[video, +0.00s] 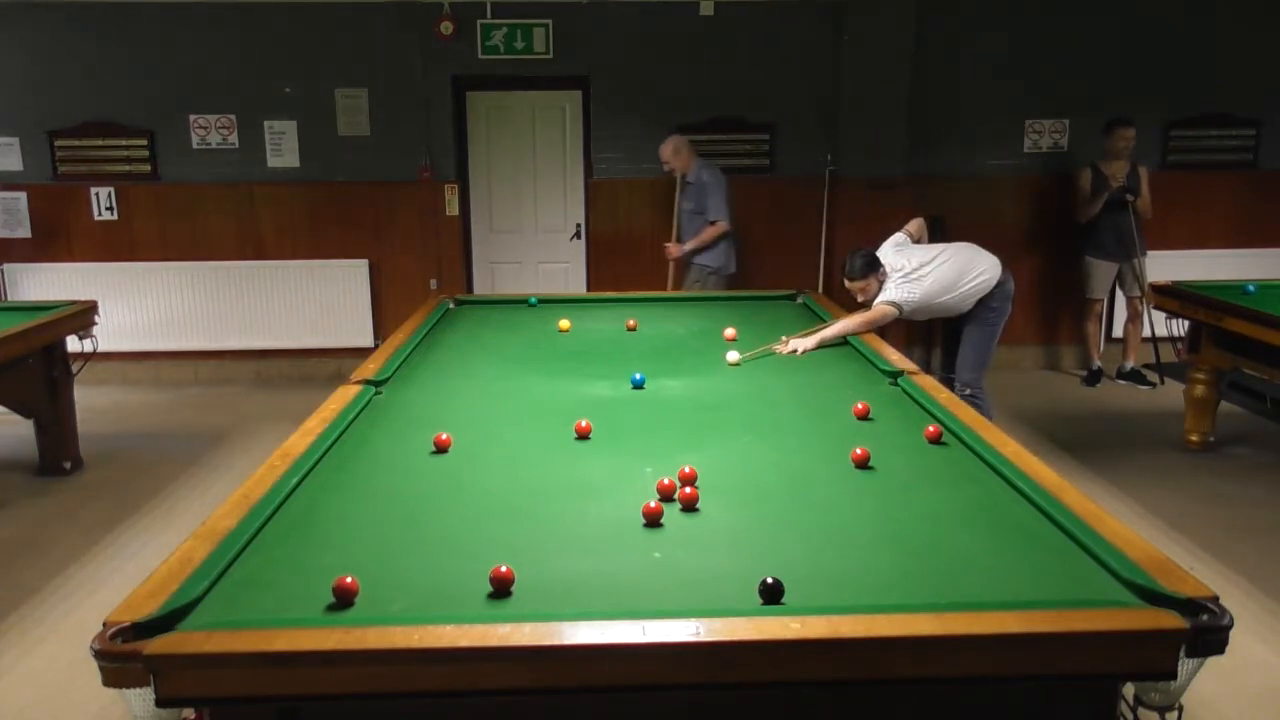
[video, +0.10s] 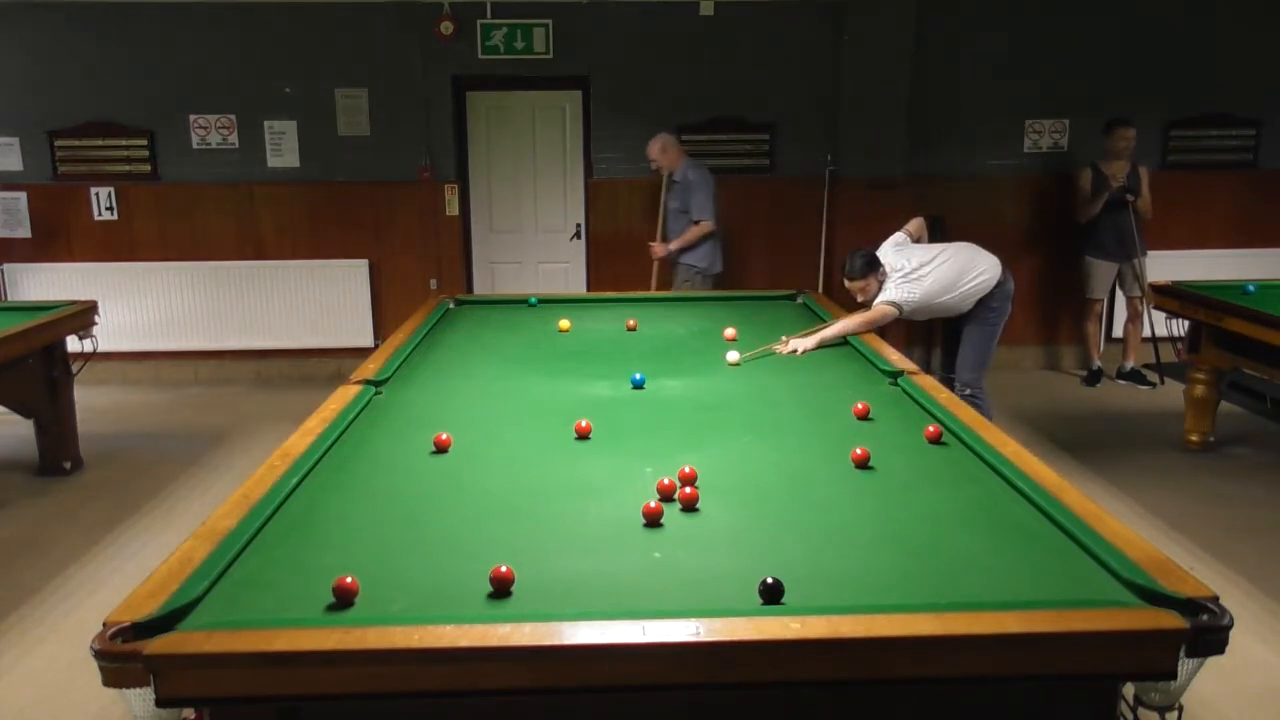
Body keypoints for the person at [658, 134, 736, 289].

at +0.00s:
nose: (666, 169)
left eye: (668, 162)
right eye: (664, 163)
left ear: (683, 155)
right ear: (682, 156)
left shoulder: (708, 176)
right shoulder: (692, 177)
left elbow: (722, 224)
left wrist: (685, 248)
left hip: (712, 264)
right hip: (700, 262)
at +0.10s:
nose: (653, 167)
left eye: (655, 160)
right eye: (651, 162)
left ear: (669, 152)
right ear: (669, 153)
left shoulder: (695, 175)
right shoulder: (681, 176)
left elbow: (707, 224)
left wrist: (670, 247)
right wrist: (667, 247)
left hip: (697, 265)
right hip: (686, 262)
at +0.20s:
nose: (641, 166)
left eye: (643, 159)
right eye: (639, 161)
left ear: (659, 152)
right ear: (659, 153)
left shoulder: (684, 174)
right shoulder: (670, 175)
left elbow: (691, 223)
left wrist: (655, 248)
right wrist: (654, 247)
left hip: (686, 264)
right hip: (674, 261)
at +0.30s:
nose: (629, 165)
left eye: (631, 159)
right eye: (627, 160)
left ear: (647, 152)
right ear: (645, 153)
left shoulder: (672, 175)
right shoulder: (657, 176)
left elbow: (677, 224)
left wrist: (642, 248)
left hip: (676, 266)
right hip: (662, 262)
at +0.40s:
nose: (615, 167)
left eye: (618, 162)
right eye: (614, 162)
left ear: (634, 154)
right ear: (632, 155)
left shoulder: (659, 176)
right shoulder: (643, 178)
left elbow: (665, 225)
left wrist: (632, 251)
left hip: (666, 268)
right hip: (651, 265)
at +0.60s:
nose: (590, 170)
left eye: (592, 163)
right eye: (588, 165)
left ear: (607, 155)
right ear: (605, 156)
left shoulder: (634, 178)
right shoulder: (614, 183)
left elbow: (645, 223)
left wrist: (615, 253)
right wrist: (610, 251)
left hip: (639, 268)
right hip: (622, 266)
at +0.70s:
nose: (580, 166)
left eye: (581, 161)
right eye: (578, 162)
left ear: (595, 154)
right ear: (593, 155)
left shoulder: (623, 176)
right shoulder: (602, 180)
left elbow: (636, 221)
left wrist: (607, 253)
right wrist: (599, 249)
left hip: (627, 263)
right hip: (612, 262)